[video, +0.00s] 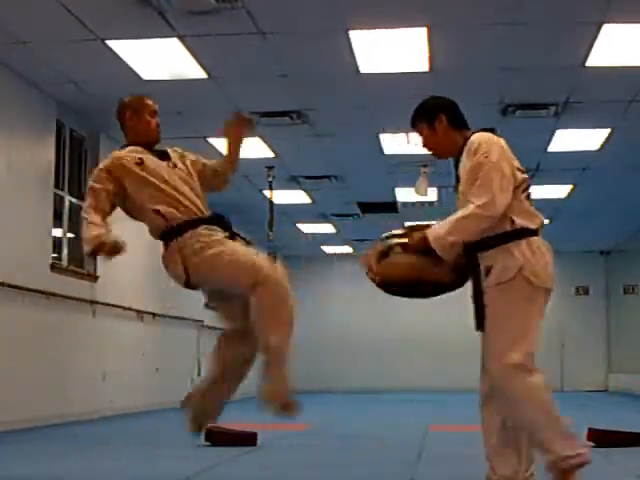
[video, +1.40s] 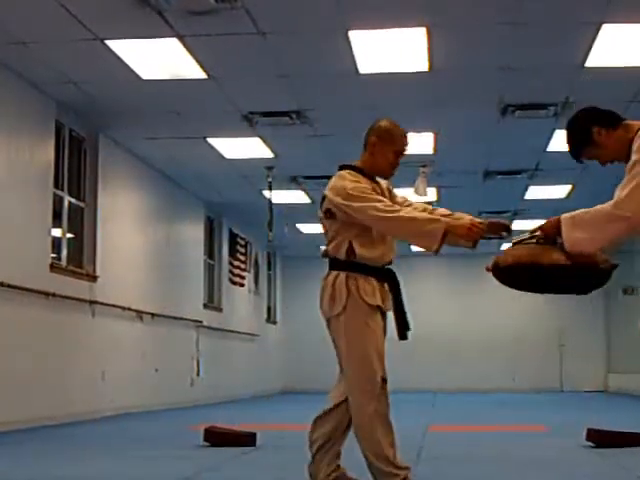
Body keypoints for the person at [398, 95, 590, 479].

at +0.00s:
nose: (426, 147)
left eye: (425, 137)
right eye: (422, 140)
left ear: (442, 123)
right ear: (444, 125)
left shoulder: (485, 146)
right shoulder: (470, 160)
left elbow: (488, 209)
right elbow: (480, 221)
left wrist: (434, 235)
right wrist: (433, 239)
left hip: (517, 263)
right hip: (499, 269)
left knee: (507, 368)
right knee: (496, 376)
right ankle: (509, 472)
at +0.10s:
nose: (441, 146)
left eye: (440, 135)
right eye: (437, 138)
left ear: (459, 121)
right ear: (460, 123)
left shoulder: (502, 148)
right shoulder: (488, 158)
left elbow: (503, 218)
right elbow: (498, 220)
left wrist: (451, 255)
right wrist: (451, 218)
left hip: (539, 263)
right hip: (516, 270)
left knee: (549, 365)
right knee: (511, 381)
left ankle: (628, 457)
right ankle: (510, 473)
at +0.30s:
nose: (497, 145)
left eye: (495, 135)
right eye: (492, 139)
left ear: (514, 122)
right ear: (517, 124)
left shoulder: (558, 155)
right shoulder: (547, 159)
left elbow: (542, 233)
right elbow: (539, 215)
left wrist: (483, 262)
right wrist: (495, 202)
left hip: (580, 274)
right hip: (553, 277)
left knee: (618, 380)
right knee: (535, 382)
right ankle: (511, 475)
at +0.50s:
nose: (549, 126)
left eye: (549, 116)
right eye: (546, 119)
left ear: (570, 107)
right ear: (572, 110)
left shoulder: (615, 149)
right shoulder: (591, 154)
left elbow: (601, 225)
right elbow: (585, 213)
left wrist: (541, 253)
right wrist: (540, 208)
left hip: (619, 280)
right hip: (588, 280)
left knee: (629, 384)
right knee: (569, 378)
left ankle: (638, 461)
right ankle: (561, 471)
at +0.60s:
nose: (563, 118)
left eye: (564, 108)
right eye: (560, 110)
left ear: (587, 101)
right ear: (589, 103)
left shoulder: (629, 142)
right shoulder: (604, 149)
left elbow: (622, 220)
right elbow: (600, 209)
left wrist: (561, 250)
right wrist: (561, 211)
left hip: (626, 289)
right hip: (600, 290)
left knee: (630, 392)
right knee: (586, 389)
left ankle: (635, 468)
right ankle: (607, 472)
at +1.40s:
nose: (603, 164)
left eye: (595, 157)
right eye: (595, 159)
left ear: (600, 134)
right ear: (599, 133)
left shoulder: (637, 154)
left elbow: (626, 212)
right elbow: (625, 210)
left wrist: (561, 225)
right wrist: (562, 225)